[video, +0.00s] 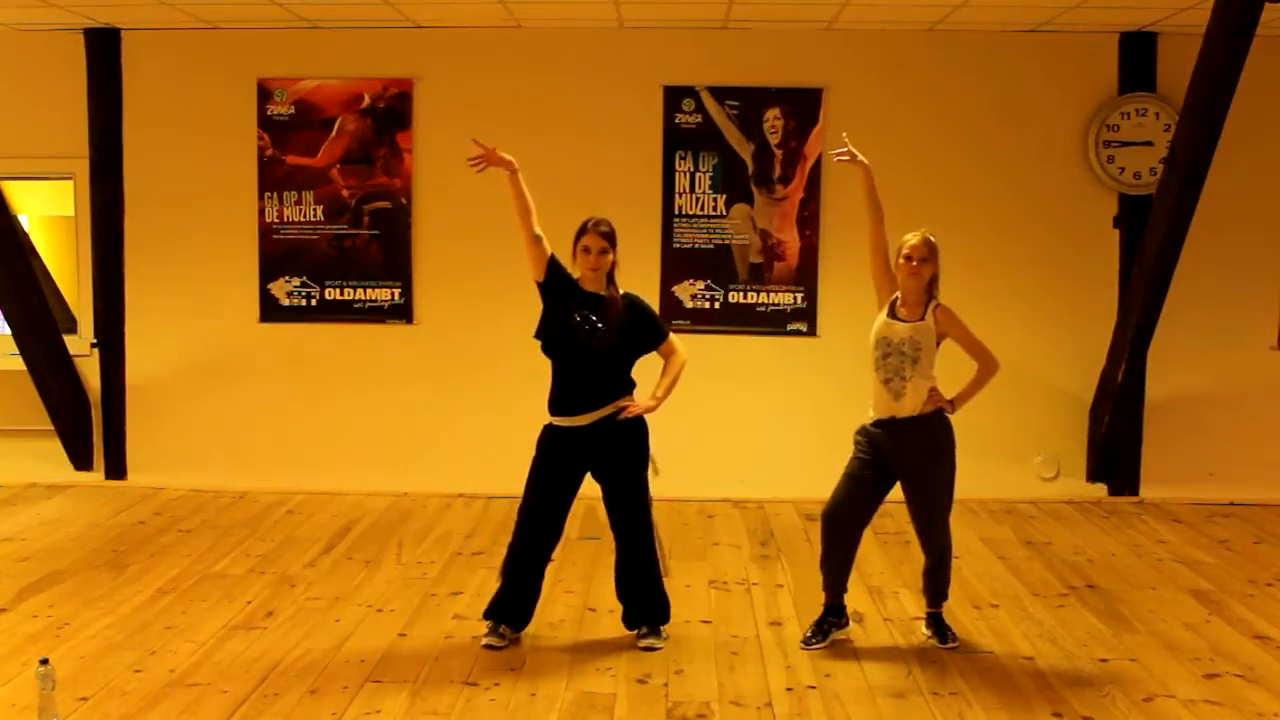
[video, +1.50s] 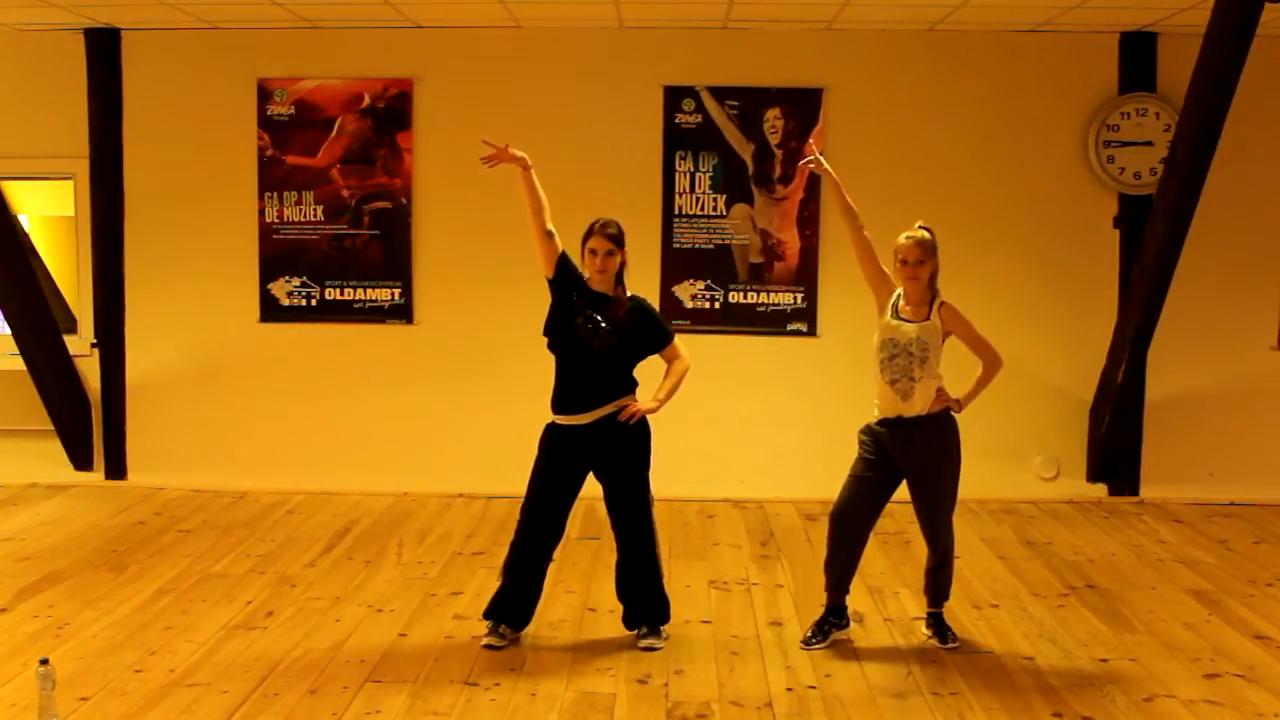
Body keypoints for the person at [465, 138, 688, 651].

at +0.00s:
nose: (593, 257)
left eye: (601, 251)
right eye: (586, 250)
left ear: (613, 257)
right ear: (576, 254)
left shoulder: (630, 309)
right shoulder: (558, 293)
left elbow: (677, 357)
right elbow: (532, 232)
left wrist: (653, 400)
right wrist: (513, 172)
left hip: (619, 432)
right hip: (562, 435)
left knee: (633, 529)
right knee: (534, 529)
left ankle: (648, 621)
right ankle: (506, 620)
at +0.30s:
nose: (594, 261)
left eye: (603, 254)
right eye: (588, 253)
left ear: (617, 258)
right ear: (578, 255)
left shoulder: (633, 310)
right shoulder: (561, 292)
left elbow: (677, 360)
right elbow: (535, 231)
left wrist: (653, 401)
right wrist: (515, 171)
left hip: (619, 432)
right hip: (562, 434)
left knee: (633, 528)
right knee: (534, 528)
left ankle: (649, 620)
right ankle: (506, 620)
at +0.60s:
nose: (596, 261)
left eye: (604, 255)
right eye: (590, 253)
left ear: (618, 259)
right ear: (579, 255)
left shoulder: (634, 311)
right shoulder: (563, 291)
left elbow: (677, 361)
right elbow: (538, 230)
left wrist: (653, 401)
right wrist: (518, 170)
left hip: (619, 432)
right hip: (563, 434)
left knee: (634, 528)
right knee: (534, 528)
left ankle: (649, 620)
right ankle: (505, 621)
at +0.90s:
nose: (596, 260)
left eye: (605, 254)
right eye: (590, 252)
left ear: (619, 259)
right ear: (580, 255)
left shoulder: (635, 309)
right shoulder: (564, 290)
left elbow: (679, 360)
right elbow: (538, 229)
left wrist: (653, 401)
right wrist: (520, 169)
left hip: (620, 432)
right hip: (563, 434)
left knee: (634, 529)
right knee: (535, 528)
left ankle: (649, 620)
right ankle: (506, 620)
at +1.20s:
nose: (597, 260)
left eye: (606, 254)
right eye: (592, 252)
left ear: (621, 259)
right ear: (582, 254)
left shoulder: (636, 311)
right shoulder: (565, 289)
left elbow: (679, 362)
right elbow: (542, 228)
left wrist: (653, 401)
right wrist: (523, 168)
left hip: (620, 432)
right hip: (564, 434)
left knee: (634, 529)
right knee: (535, 527)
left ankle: (649, 620)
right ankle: (506, 620)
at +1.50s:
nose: (598, 261)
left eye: (607, 254)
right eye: (593, 252)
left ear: (622, 259)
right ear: (583, 255)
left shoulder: (637, 312)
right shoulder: (567, 290)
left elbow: (679, 362)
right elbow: (543, 228)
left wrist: (653, 401)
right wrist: (525, 168)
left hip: (621, 432)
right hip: (565, 434)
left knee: (635, 528)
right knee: (536, 527)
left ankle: (650, 620)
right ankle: (506, 620)